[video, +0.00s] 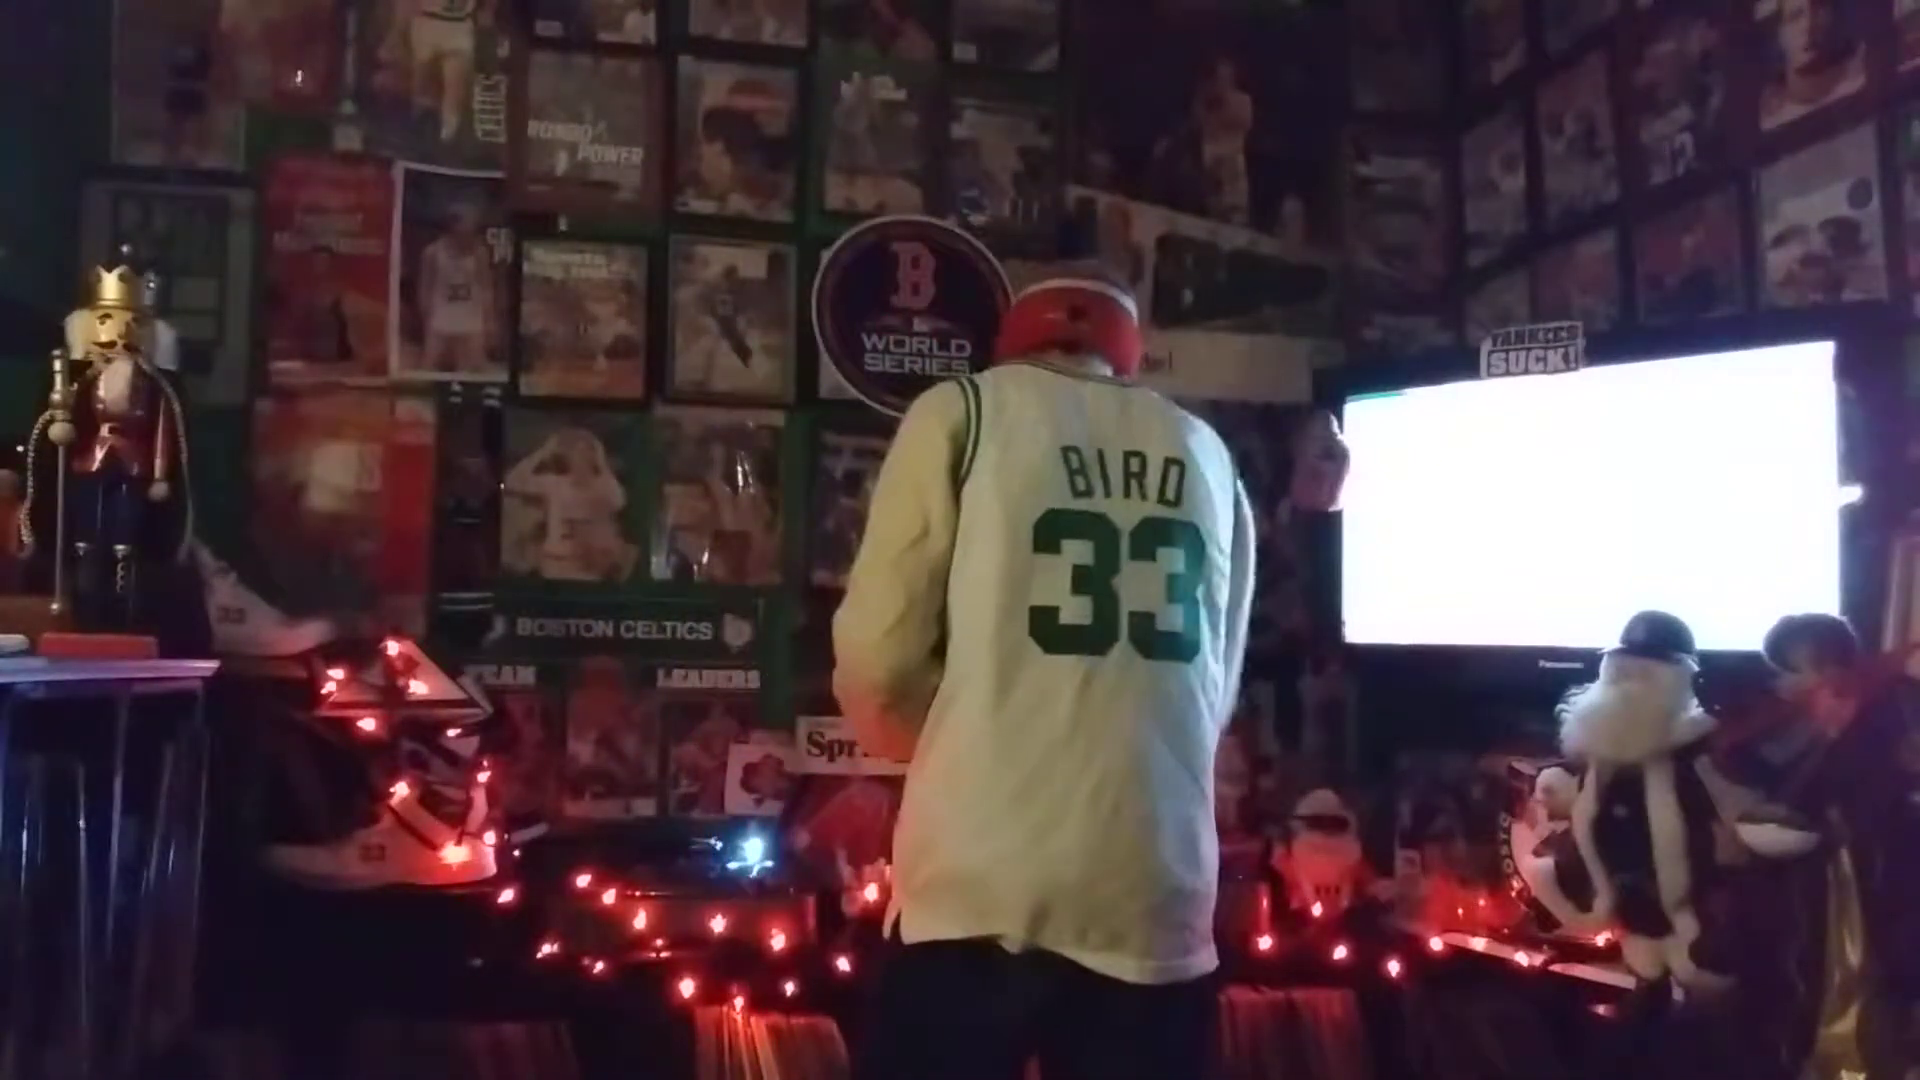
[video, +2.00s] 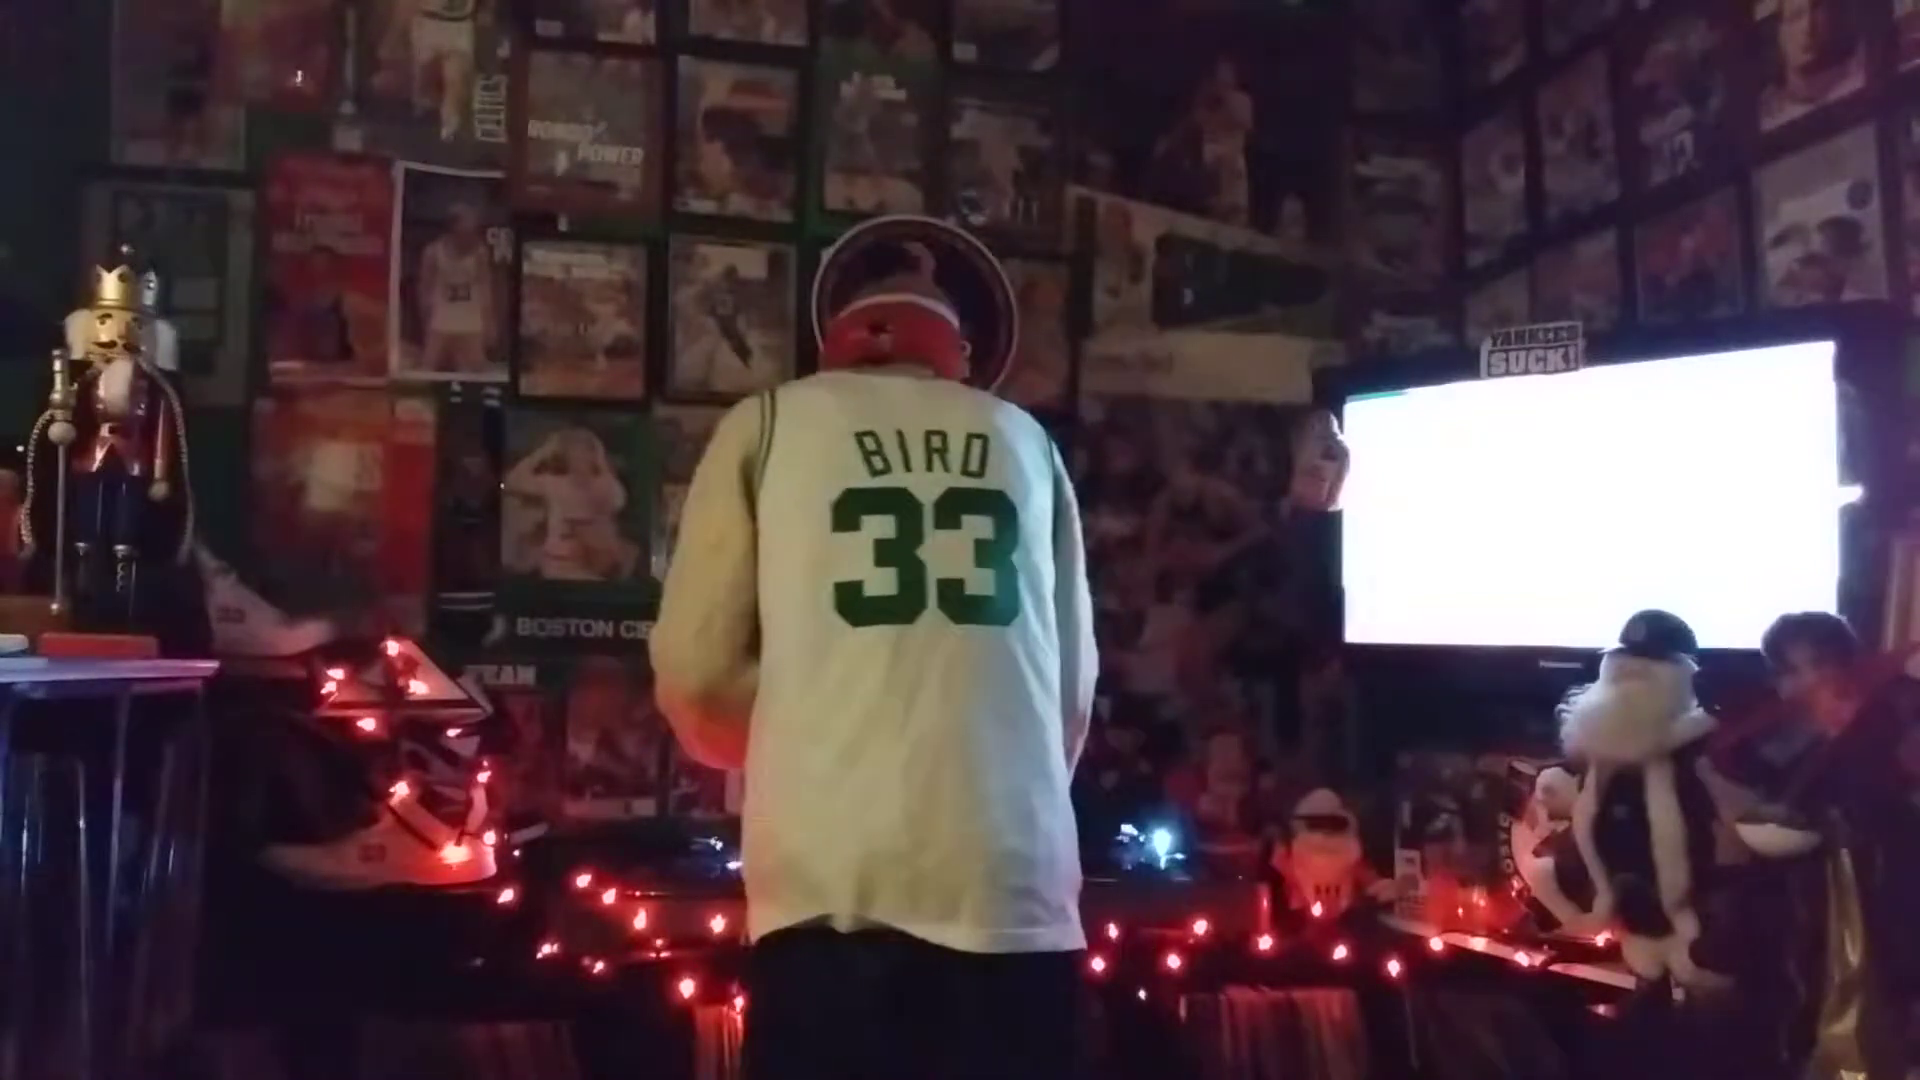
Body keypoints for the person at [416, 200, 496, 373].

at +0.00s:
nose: (465, 235)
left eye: (469, 230)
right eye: (461, 229)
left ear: (475, 229)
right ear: (452, 227)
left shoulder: (481, 252)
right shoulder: (433, 253)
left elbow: (488, 290)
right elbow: (425, 288)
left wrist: (490, 323)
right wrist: (427, 315)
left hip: (472, 328)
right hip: (440, 327)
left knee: (472, 379)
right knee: (433, 379)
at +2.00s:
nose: (466, 236)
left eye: (470, 231)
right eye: (462, 230)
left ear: (475, 230)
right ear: (452, 229)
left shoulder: (481, 252)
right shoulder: (434, 252)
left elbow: (487, 289)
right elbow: (425, 286)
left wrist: (490, 323)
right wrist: (427, 313)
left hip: (472, 326)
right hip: (441, 325)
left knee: (474, 376)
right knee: (432, 377)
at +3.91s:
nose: (467, 236)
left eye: (471, 231)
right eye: (463, 231)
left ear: (476, 231)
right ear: (453, 229)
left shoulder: (481, 253)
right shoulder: (434, 253)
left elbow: (486, 291)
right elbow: (425, 288)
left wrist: (490, 324)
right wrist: (427, 317)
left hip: (471, 324)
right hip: (441, 323)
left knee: (474, 375)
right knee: (433, 376)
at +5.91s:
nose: (468, 237)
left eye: (471, 231)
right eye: (464, 231)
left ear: (476, 230)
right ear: (454, 229)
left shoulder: (480, 253)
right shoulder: (434, 253)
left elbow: (486, 288)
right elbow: (425, 287)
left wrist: (489, 320)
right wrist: (426, 316)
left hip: (472, 325)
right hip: (440, 325)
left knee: (473, 375)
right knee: (434, 375)